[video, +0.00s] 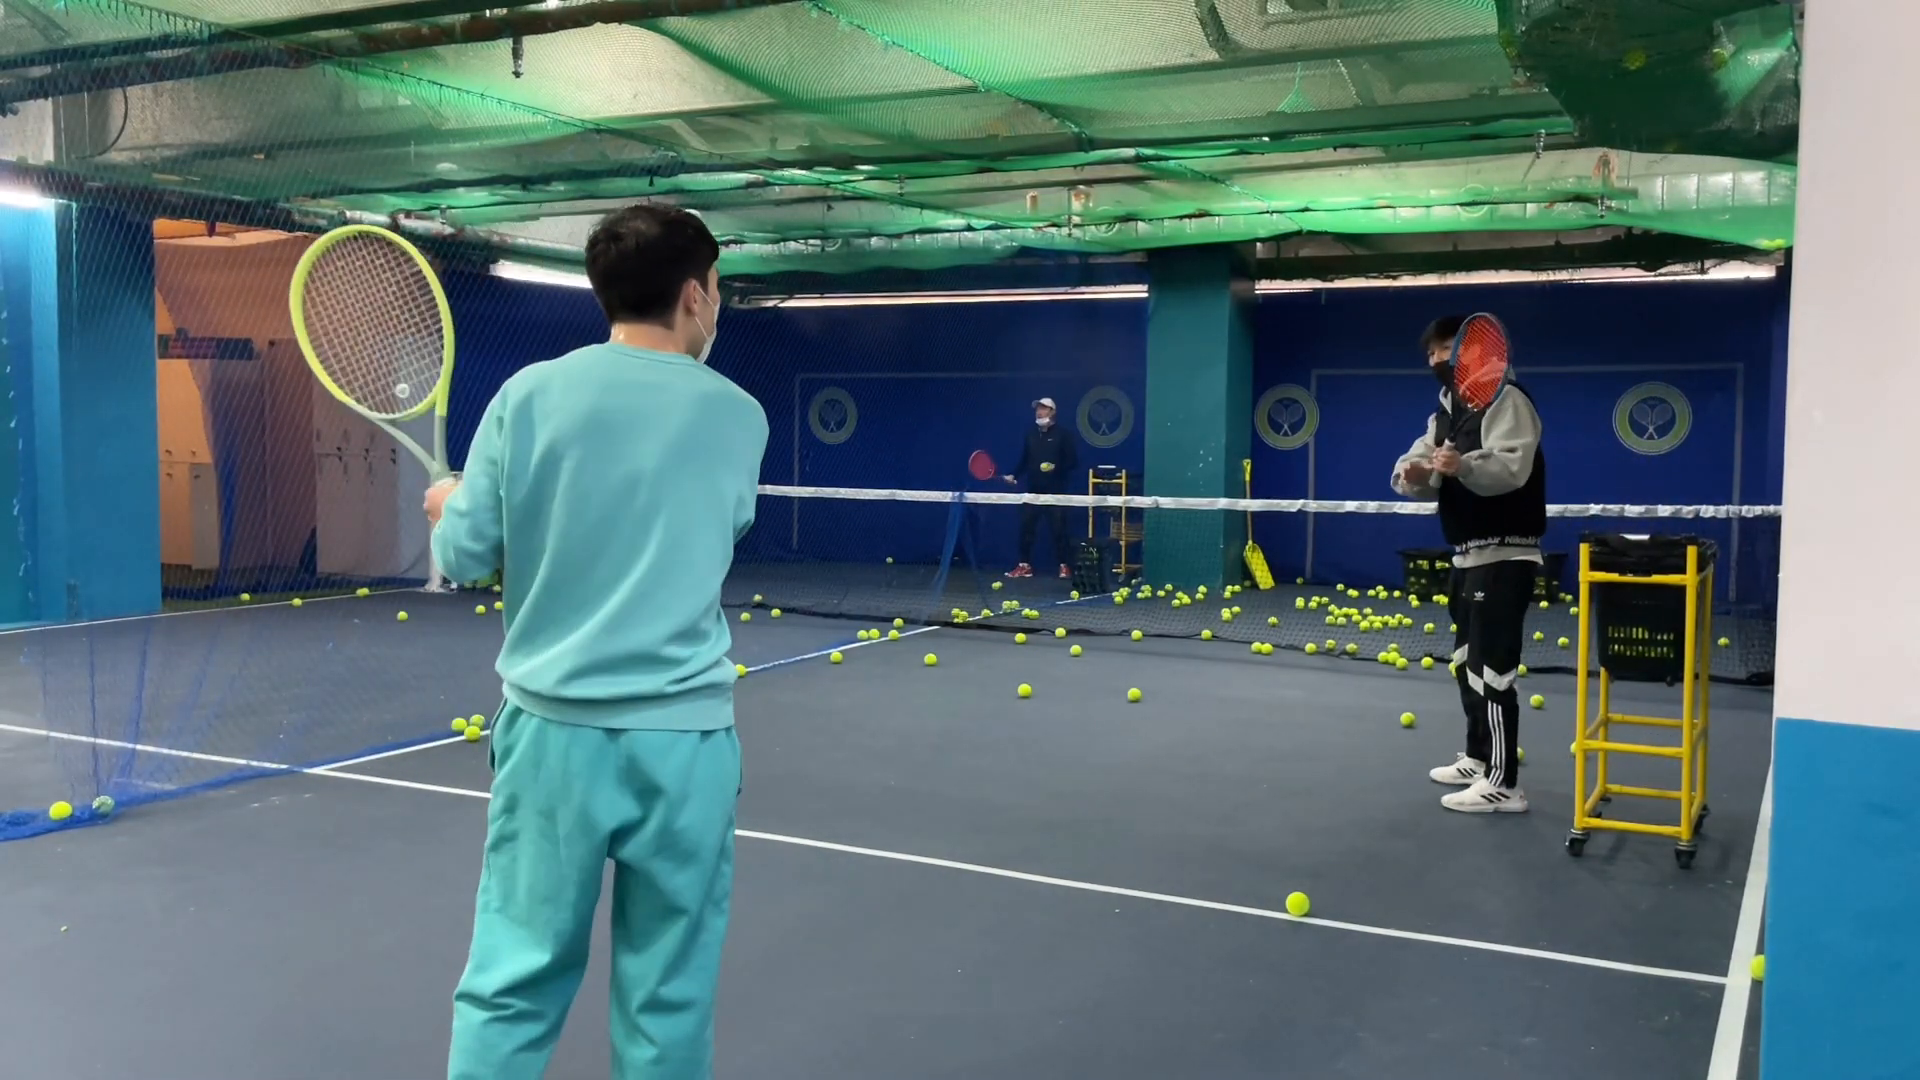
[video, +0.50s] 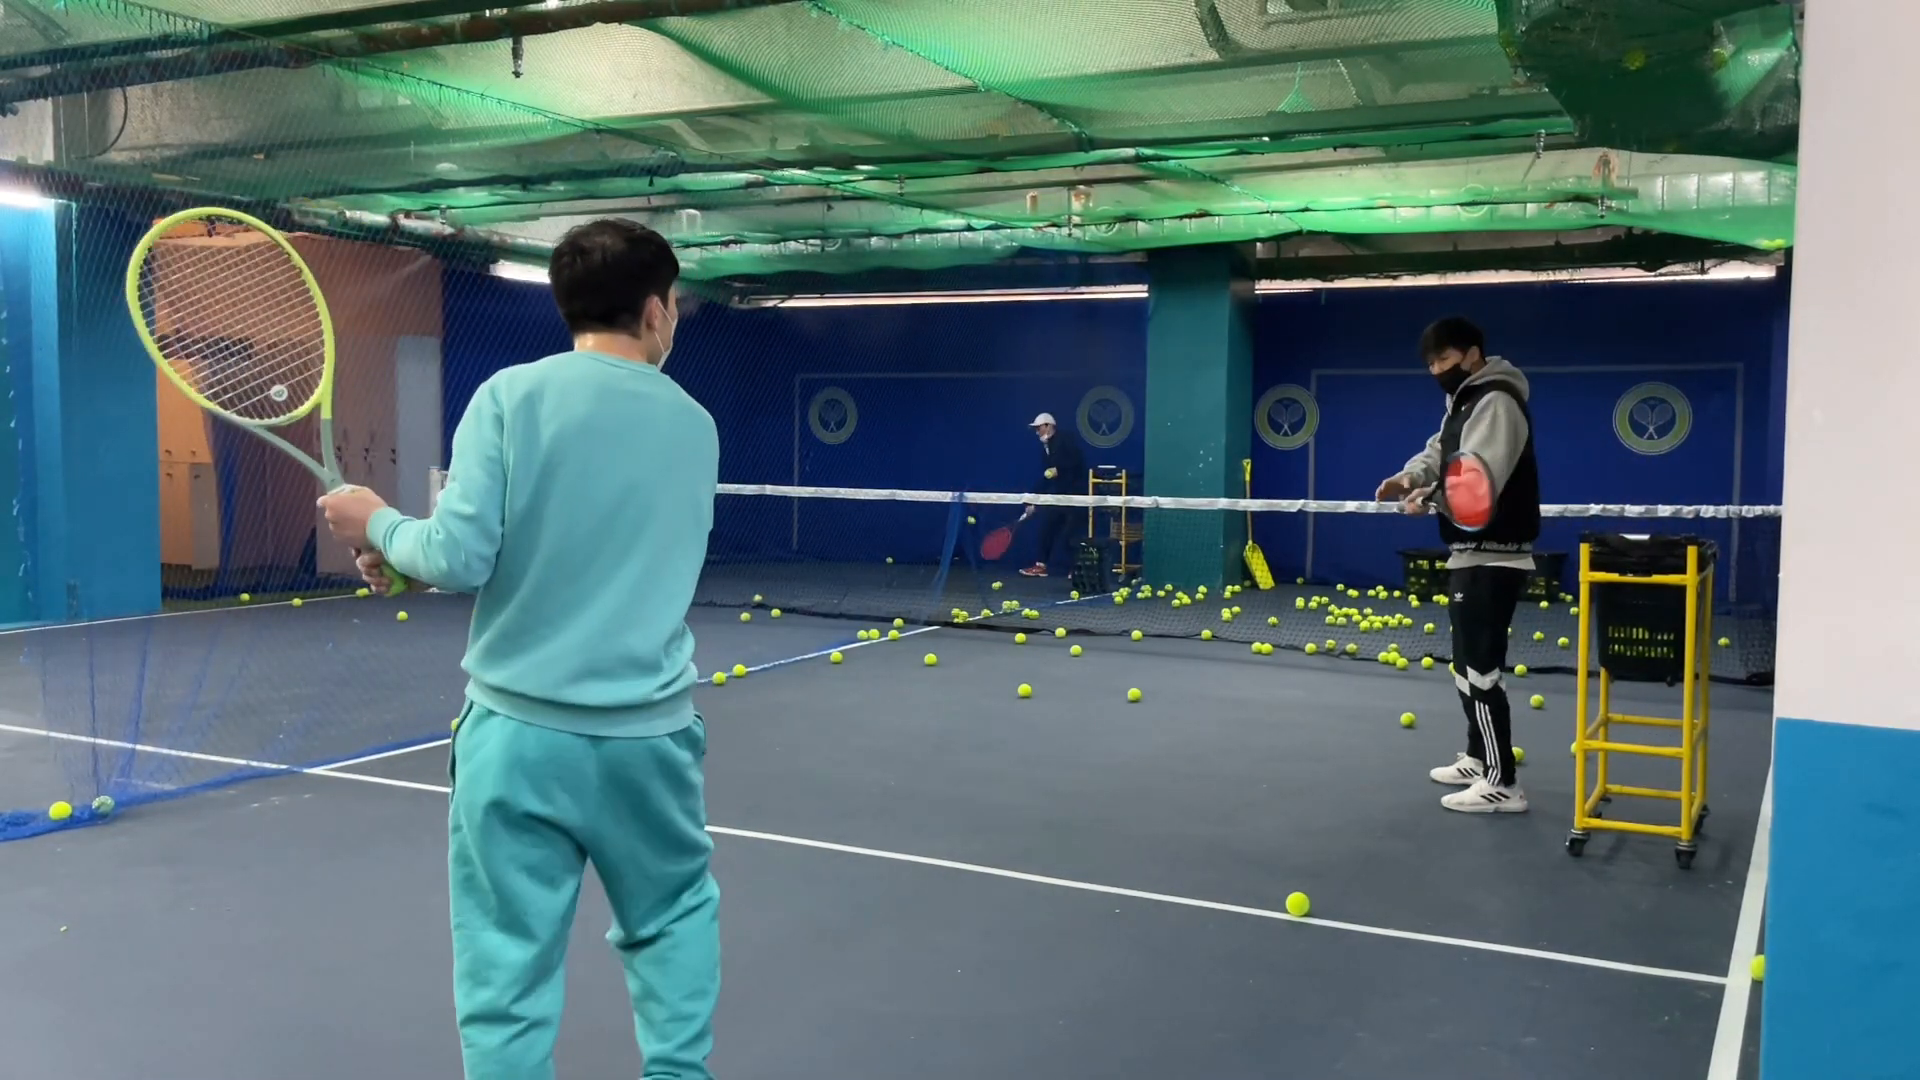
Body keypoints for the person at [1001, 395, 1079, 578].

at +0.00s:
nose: (1040, 412)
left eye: (1044, 409)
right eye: (1038, 409)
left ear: (1052, 412)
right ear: (1035, 412)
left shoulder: (1062, 434)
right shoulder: (1031, 434)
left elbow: (1071, 461)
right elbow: (1025, 458)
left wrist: (1056, 468)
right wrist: (1014, 474)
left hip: (1055, 488)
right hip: (1033, 487)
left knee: (1058, 527)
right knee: (1026, 525)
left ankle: (1063, 564)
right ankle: (1024, 564)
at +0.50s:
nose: (1037, 432)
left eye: (1039, 428)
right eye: (1036, 429)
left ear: (1049, 426)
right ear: (1043, 428)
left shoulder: (1064, 439)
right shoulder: (1046, 447)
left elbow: (1074, 461)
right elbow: (1044, 477)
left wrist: (1058, 470)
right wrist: (1033, 500)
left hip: (1074, 491)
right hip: (1058, 491)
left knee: (1072, 529)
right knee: (1047, 526)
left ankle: (1075, 567)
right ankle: (1041, 564)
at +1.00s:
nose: (1045, 417)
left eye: (1048, 413)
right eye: (1044, 414)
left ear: (1058, 414)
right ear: (1044, 416)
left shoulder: (1072, 432)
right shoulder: (1044, 439)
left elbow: (1090, 454)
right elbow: (1045, 468)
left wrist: (1080, 458)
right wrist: (1040, 465)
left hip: (1077, 485)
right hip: (1057, 486)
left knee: (1075, 526)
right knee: (1049, 524)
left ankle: (1077, 567)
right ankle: (1041, 564)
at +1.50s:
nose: (1061, 413)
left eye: (1065, 409)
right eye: (1059, 409)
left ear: (1072, 413)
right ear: (1055, 411)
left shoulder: (1081, 435)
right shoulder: (1047, 435)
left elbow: (1093, 462)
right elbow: (1041, 462)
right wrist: (1036, 485)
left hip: (1075, 489)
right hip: (1052, 487)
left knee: (1074, 528)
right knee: (1047, 526)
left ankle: (1077, 567)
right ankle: (1041, 564)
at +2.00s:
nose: (1060, 412)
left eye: (1064, 409)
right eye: (1058, 409)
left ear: (1072, 412)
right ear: (1055, 411)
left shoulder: (1081, 434)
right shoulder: (1048, 434)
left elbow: (1100, 457)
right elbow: (1041, 460)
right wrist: (1033, 484)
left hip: (1075, 488)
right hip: (1052, 487)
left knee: (1075, 528)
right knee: (1047, 526)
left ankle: (1078, 568)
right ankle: (1041, 564)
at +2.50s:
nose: (1052, 413)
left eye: (1056, 409)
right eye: (1050, 409)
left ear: (1065, 412)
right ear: (1048, 411)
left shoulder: (1076, 433)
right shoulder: (1043, 433)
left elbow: (1084, 461)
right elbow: (1039, 457)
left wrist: (1080, 459)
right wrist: (1035, 472)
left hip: (1070, 485)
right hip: (1047, 485)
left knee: (1072, 526)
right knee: (1041, 525)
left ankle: (1076, 567)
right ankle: (1040, 564)